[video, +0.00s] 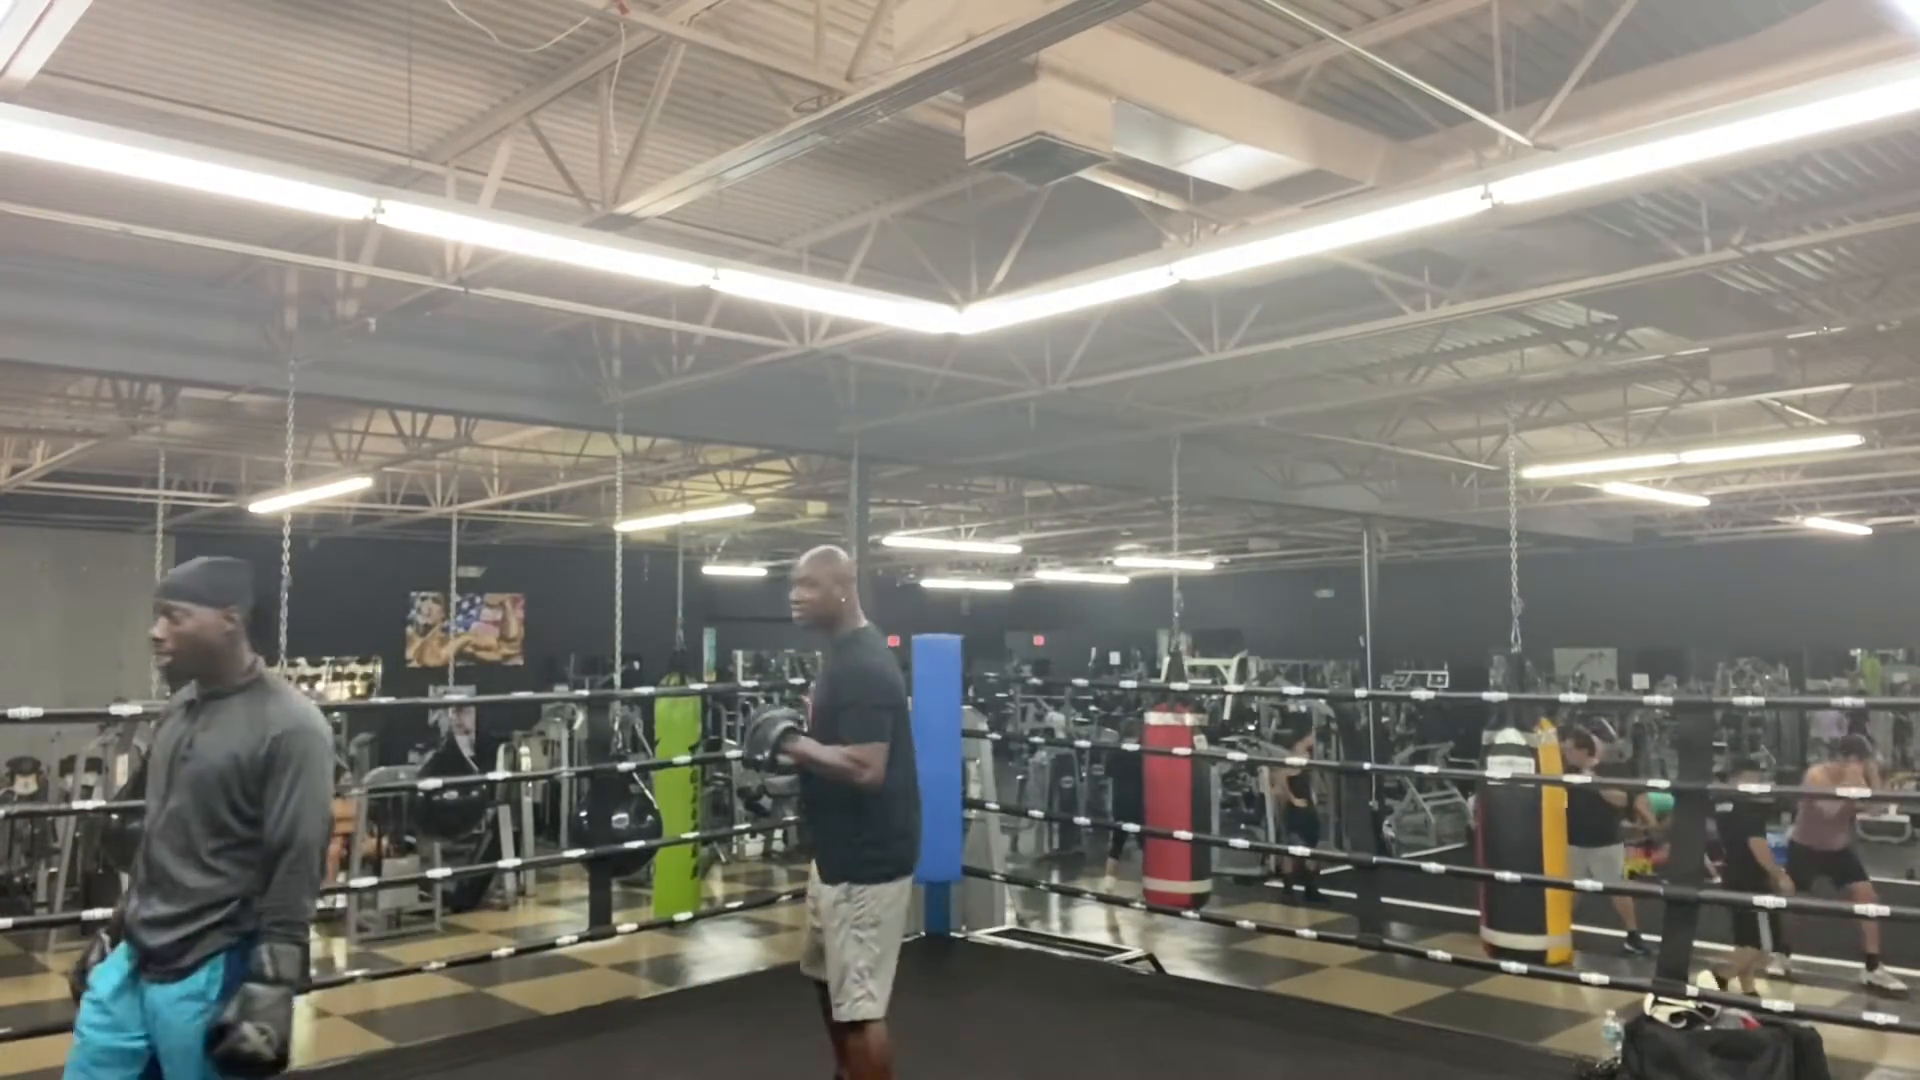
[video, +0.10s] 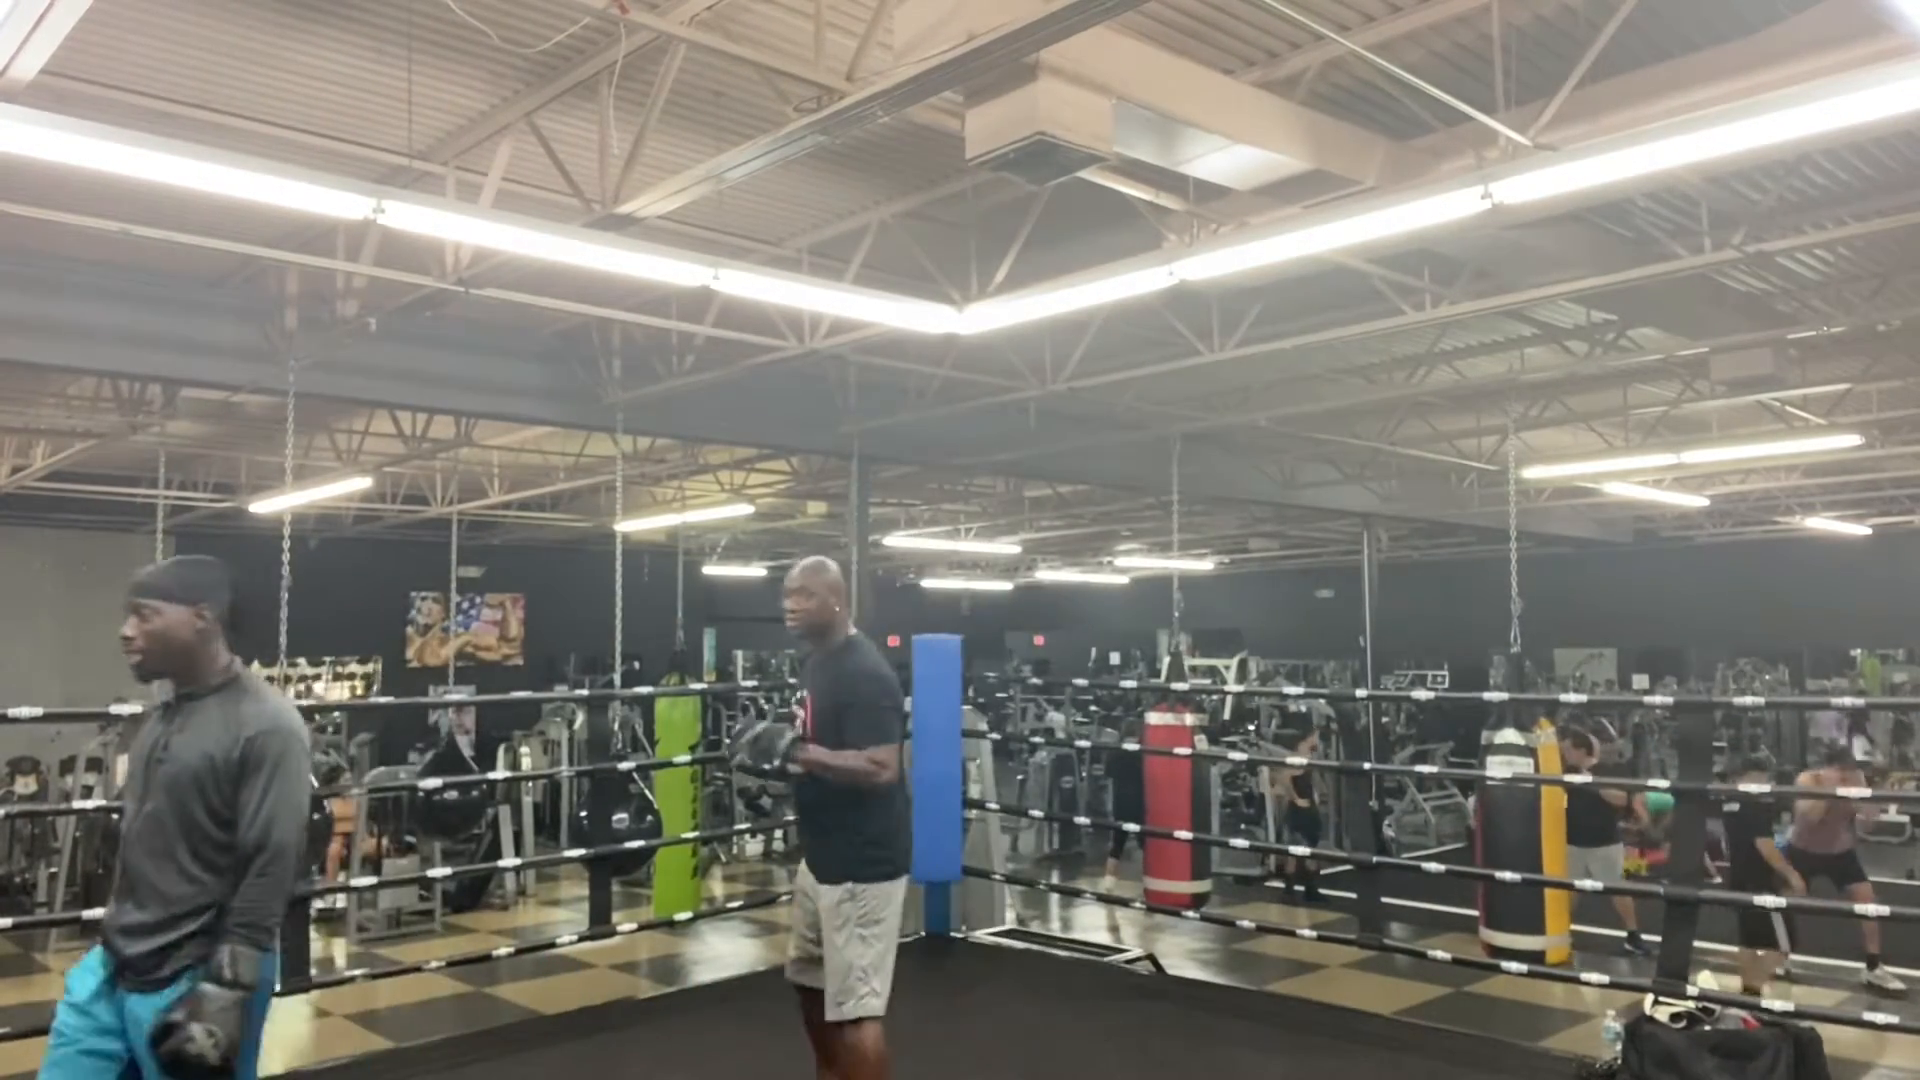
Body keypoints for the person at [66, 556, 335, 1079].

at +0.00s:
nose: (156, 633)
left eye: (174, 616)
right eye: (158, 617)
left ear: (230, 621)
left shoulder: (294, 726)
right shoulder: (177, 713)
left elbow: (297, 867)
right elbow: (160, 847)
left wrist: (272, 990)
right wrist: (112, 938)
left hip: (214, 970)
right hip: (133, 959)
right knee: (88, 1072)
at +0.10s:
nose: (126, 633)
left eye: (144, 614)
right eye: (128, 616)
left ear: (202, 618)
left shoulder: (270, 727)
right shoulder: (160, 718)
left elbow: (271, 871)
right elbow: (147, 847)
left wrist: (227, 991)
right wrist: (111, 953)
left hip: (204, 979)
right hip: (114, 971)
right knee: (62, 1073)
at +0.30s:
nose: (46, 636)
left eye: (65, 618)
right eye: (52, 619)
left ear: (125, 624)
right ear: (121, 626)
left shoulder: (197, 736)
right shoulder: (107, 728)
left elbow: (191, 892)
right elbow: (86, 867)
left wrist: (123, 1005)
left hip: (144, 1002)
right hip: (56, 997)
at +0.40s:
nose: (14, 632)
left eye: (32, 613)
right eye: (19, 616)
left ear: (92, 619)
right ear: (89, 623)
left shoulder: (163, 726)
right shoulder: (74, 724)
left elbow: (157, 884)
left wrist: (85, 1004)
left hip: (109, 1000)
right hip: (32, 995)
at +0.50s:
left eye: (7, 610)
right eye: (1, 611)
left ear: (57, 618)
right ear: (56, 620)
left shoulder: (122, 718)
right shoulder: (51, 717)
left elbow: (121, 877)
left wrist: (43, 995)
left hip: (75, 996)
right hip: (24, 987)